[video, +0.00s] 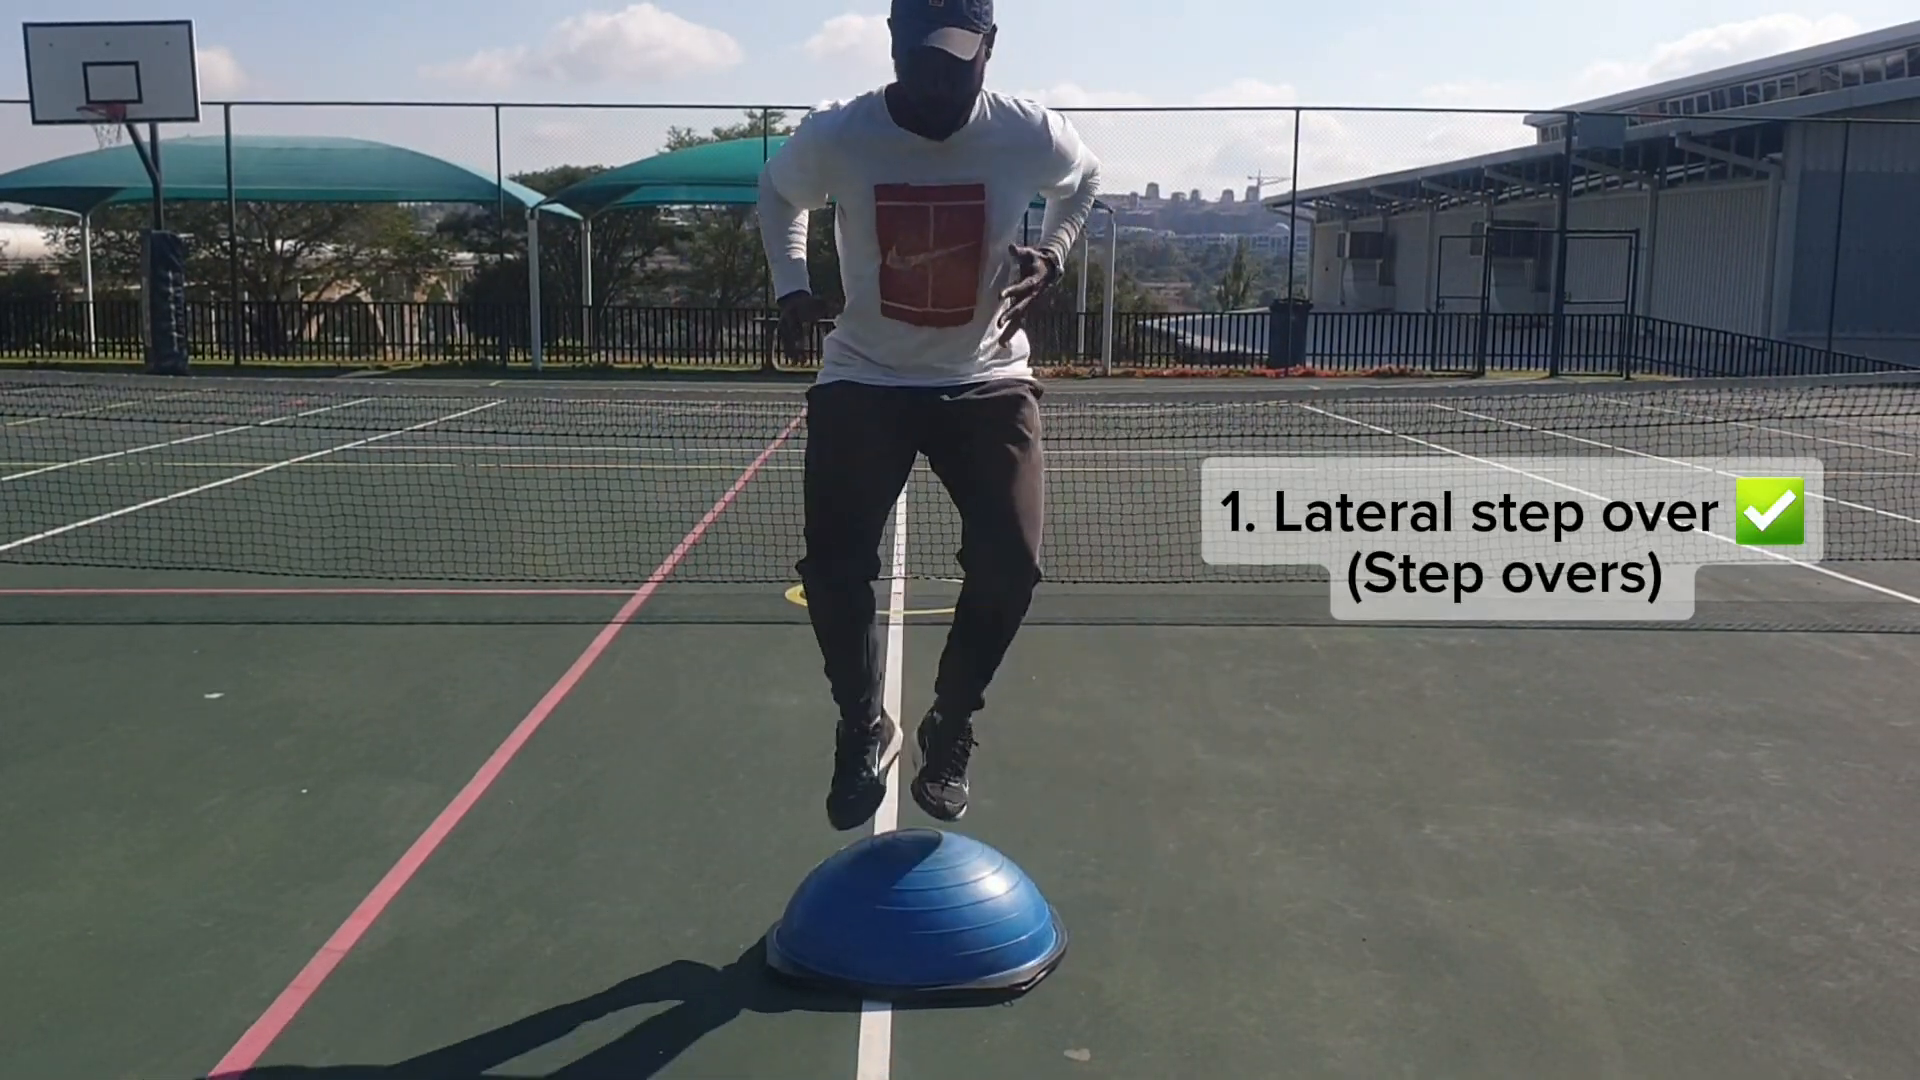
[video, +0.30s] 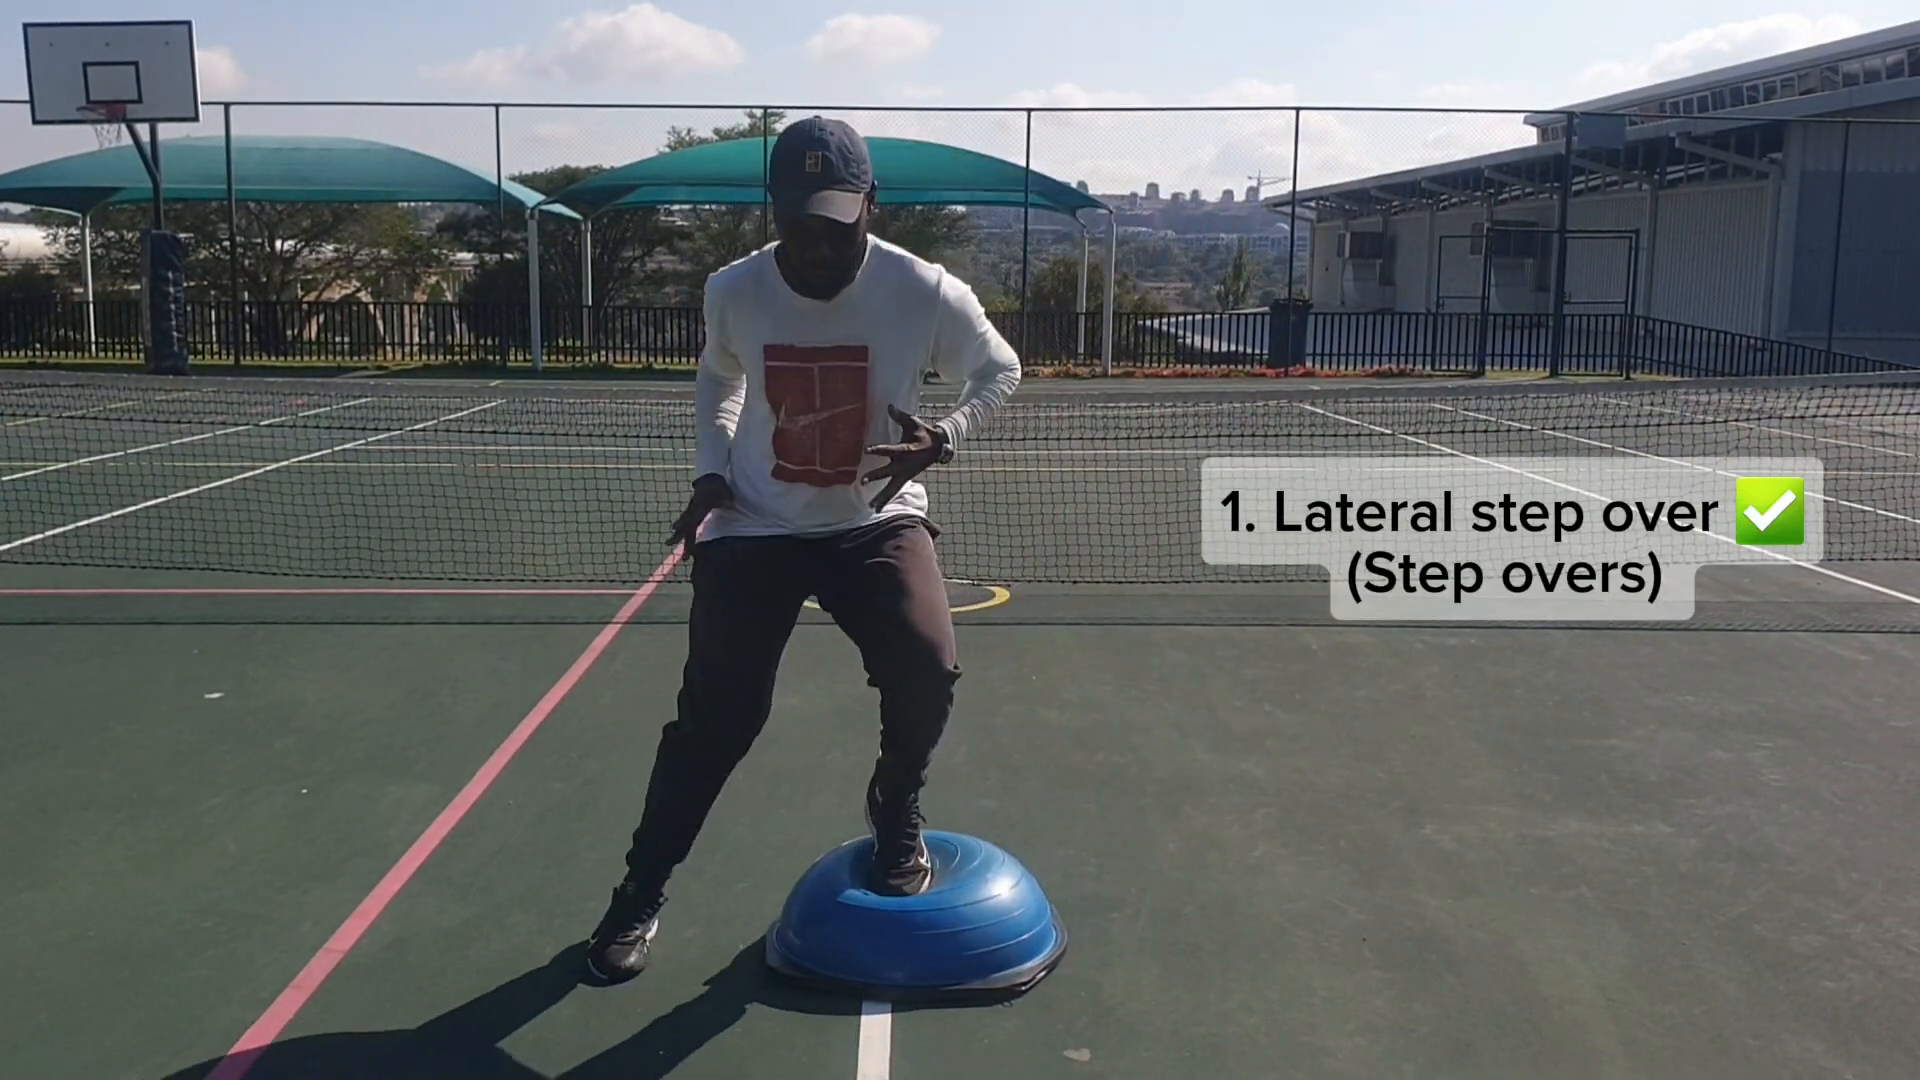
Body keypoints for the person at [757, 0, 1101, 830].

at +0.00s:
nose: (936, 86)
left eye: (954, 68)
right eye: (922, 66)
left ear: (986, 56)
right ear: (895, 50)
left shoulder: (1035, 140)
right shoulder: (833, 139)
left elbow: (1079, 190)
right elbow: (778, 195)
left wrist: (1052, 254)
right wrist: (792, 285)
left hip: (988, 382)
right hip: (864, 379)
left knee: (1012, 561)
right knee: (833, 566)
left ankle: (950, 727)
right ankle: (861, 724)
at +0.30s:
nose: (822, 246)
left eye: (841, 226)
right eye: (803, 226)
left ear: (870, 211)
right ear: (775, 214)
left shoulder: (928, 295)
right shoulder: (734, 292)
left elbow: (996, 369)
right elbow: (719, 386)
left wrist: (949, 433)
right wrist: (712, 474)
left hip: (877, 522)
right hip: (754, 527)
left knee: (928, 666)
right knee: (719, 710)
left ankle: (897, 811)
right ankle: (639, 897)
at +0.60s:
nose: (903, 88)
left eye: (919, 70)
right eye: (886, 69)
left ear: (948, 51)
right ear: (856, 53)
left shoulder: (1005, 129)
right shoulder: (814, 143)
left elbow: (1085, 172)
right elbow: (743, 210)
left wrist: (1059, 231)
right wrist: (740, 286)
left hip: (979, 393)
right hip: (856, 389)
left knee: (986, 593)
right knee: (818, 590)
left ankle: (939, 756)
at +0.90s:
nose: (981, 227)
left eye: (997, 207)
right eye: (963, 207)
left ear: (1023, 194)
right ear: (933, 198)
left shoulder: (1080, 280)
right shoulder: (887, 284)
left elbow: (1159, 360)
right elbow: (875, 349)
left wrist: (1125, 432)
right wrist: (899, 409)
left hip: (1069, 515)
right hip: (948, 508)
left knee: (1143, 704)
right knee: (892, 661)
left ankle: (1180, 853)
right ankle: (933, 789)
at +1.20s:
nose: (923, 97)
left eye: (939, 78)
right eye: (905, 76)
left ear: (966, 64)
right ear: (874, 60)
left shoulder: (1012, 150)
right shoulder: (819, 147)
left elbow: (1086, 209)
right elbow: (792, 186)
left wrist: (1049, 280)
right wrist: (795, 270)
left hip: (983, 402)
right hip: (860, 412)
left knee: (1045, 594)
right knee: (862, 617)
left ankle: (1029, 735)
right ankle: (902, 774)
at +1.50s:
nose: (826, 176)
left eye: (842, 157)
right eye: (806, 158)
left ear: (867, 146)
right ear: (771, 149)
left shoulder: (915, 232)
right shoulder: (718, 233)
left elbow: (969, 275)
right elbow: (700, 285)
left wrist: (936, 348)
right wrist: (710, 376)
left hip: (864, 495)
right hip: (738, 502)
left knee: (911, 671)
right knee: (664, 699)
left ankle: (862, 809)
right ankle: (601, 878)